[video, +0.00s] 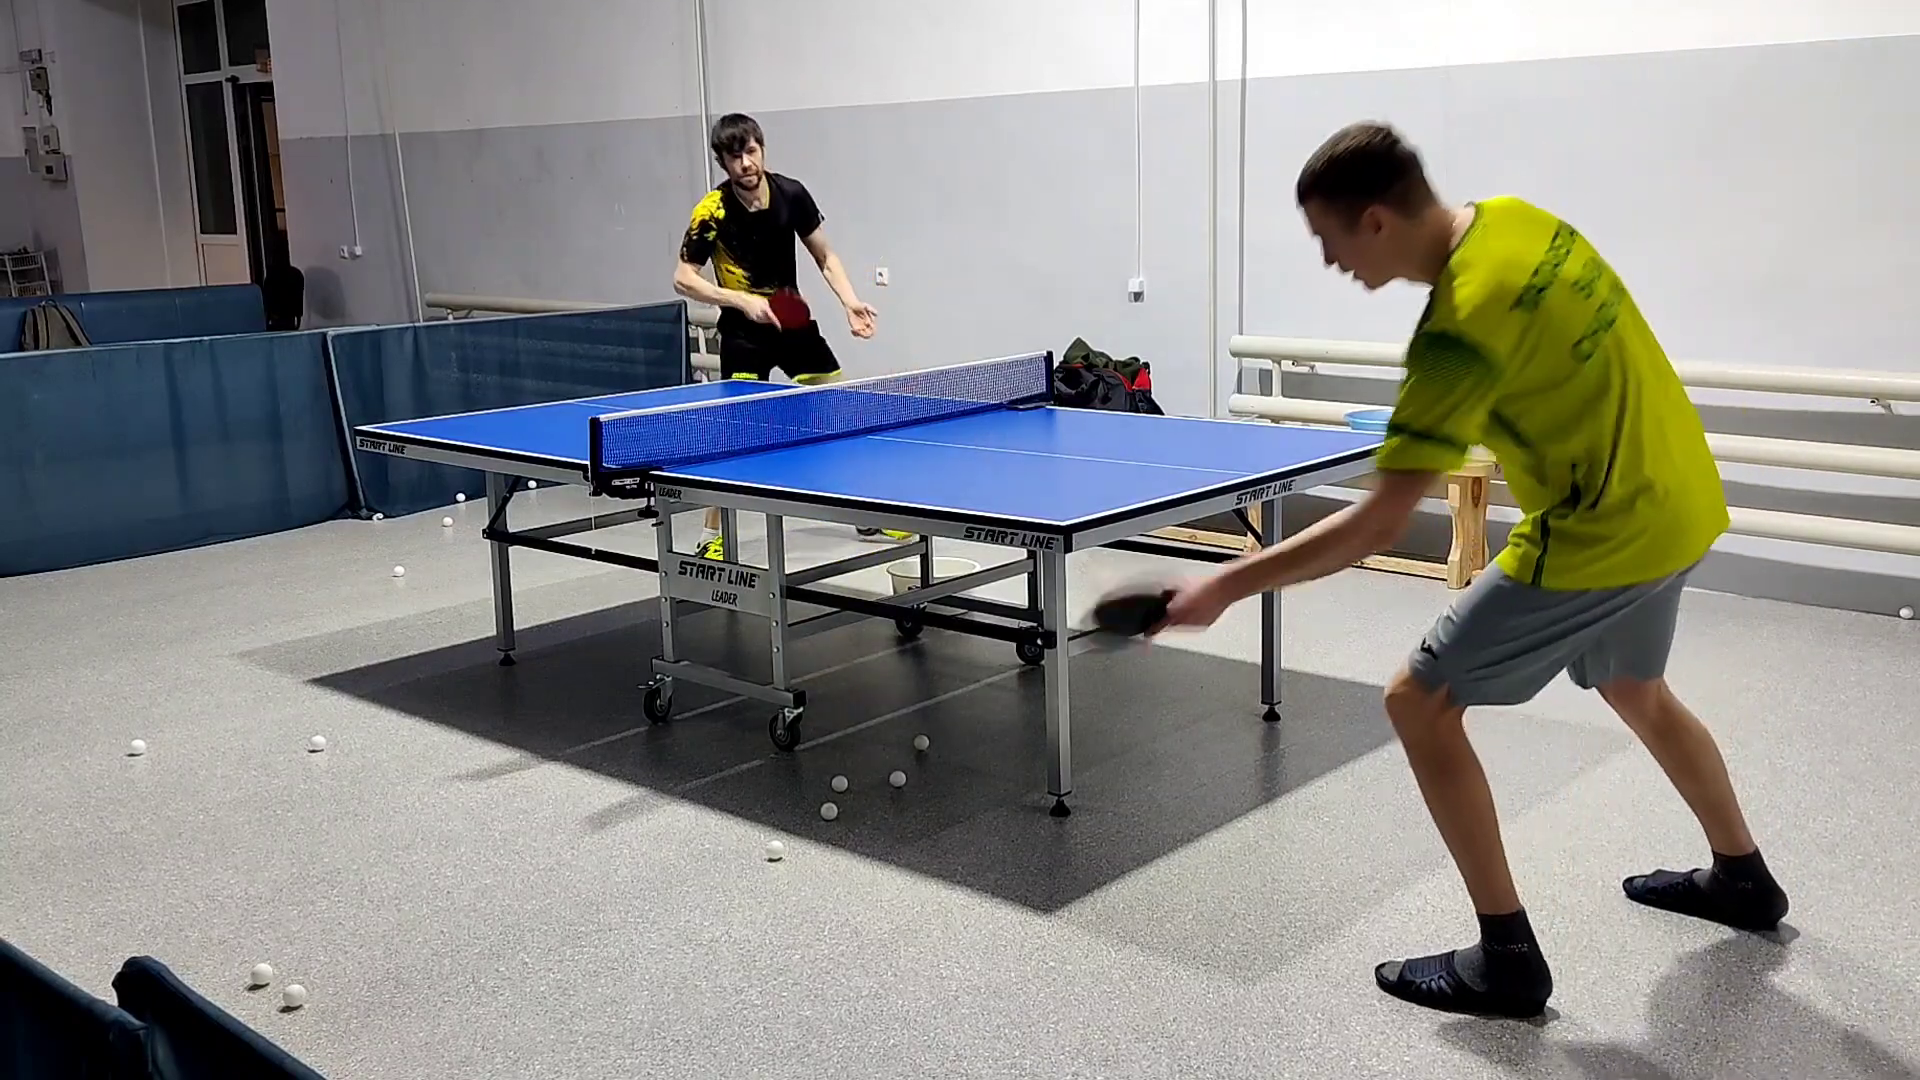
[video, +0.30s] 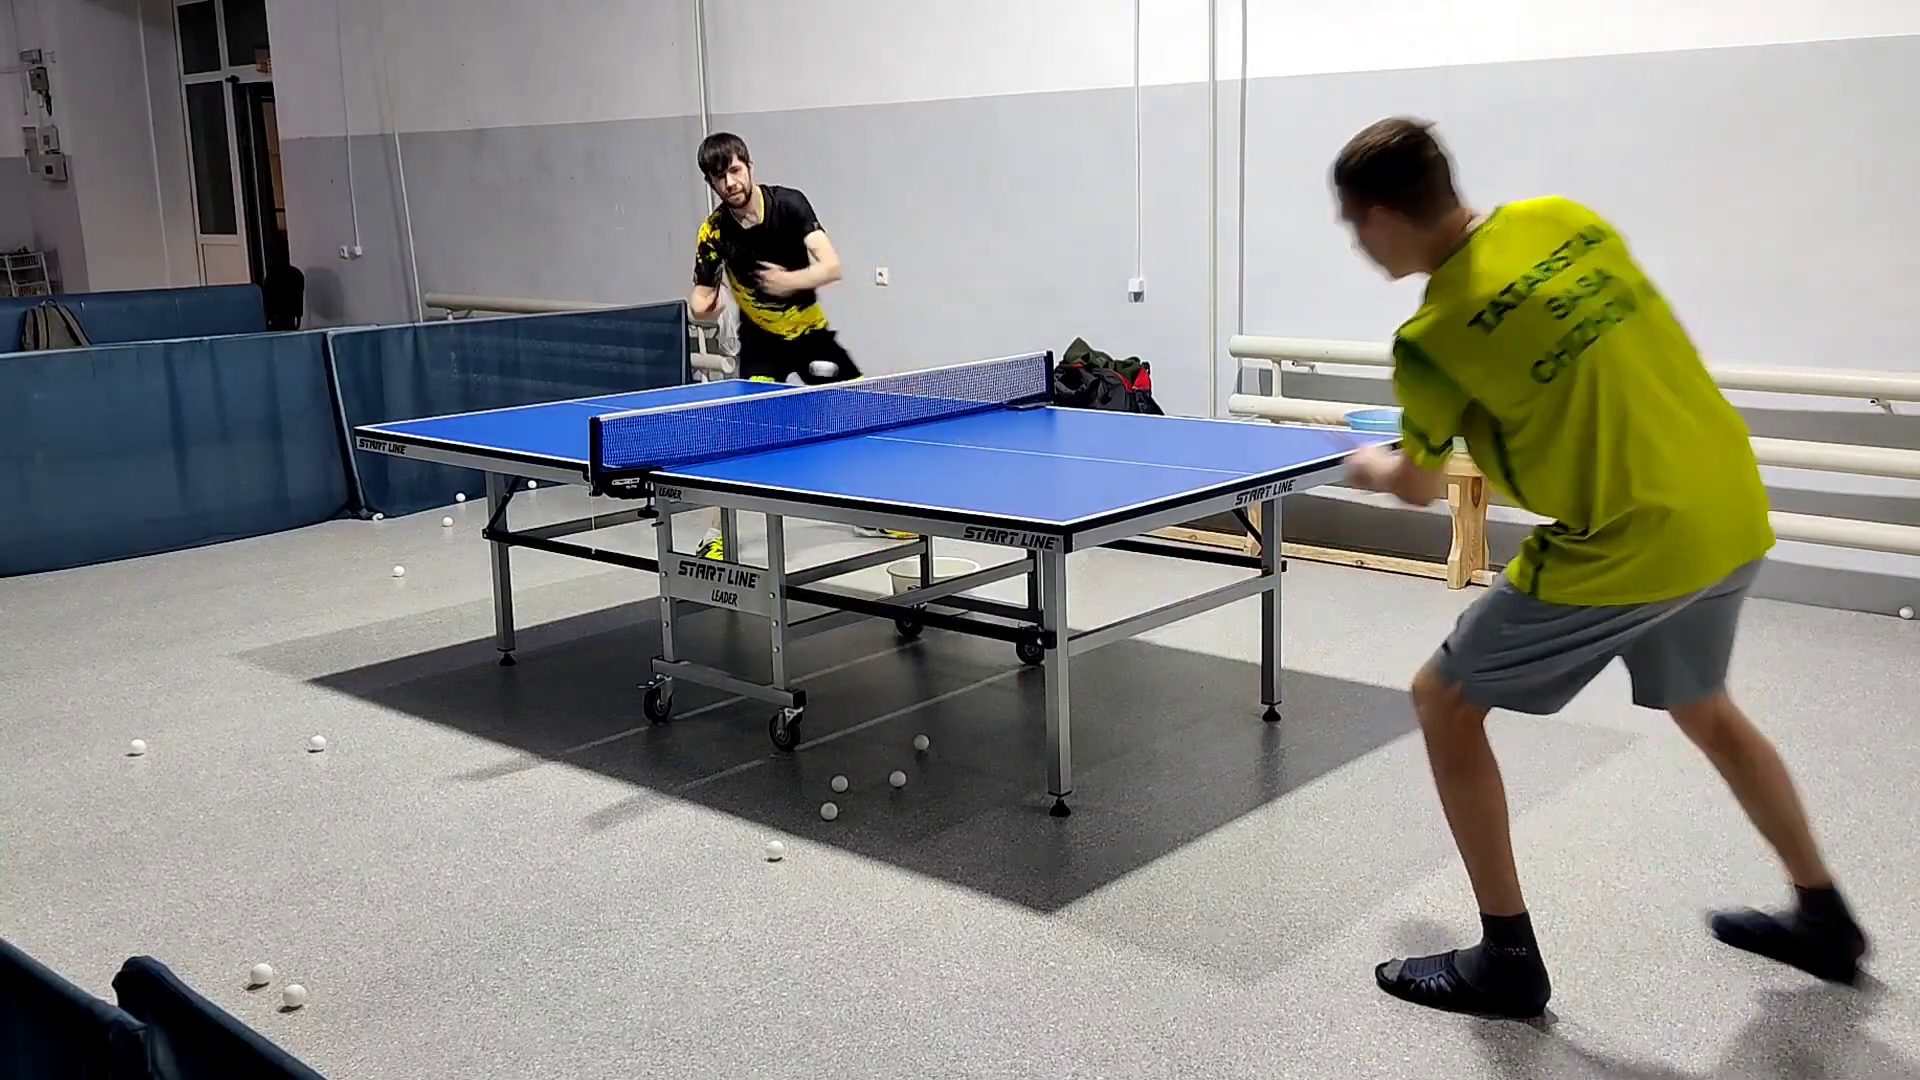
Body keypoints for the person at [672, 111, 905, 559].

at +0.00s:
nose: (745, 164)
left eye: (750, 153)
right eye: (734, 157)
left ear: (763, 150)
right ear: (722, 162)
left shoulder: (790, 194)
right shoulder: (712, 210)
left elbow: (824, 255)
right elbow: (685, 278)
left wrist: (850, 302)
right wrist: (740, 299)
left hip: (793, 322)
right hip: (742, 329)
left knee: (844, 408)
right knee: (732, 427)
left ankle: (870, 507)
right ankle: (714, 535)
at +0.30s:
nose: (731, 183)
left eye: (736, 171)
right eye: (720, 177)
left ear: (749, 167)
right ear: (711, 183)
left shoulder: (789, 204)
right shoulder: (714, 231)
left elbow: (831, 266)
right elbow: (702, 305)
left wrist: (793, 280)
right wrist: (710, 306)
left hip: (810, 333)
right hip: (759, 340)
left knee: (865, 411)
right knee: (739, 429)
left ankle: (887, 508)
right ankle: (718, 533)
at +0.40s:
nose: (719, 195)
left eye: (725, 182)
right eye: (710, 188)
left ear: (740, 177)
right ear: (702, 194)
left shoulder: (782, 206)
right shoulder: (715, 244)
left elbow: (810, 269)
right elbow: (715, 308)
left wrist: (743, 275)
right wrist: (707, 354)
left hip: (827, 322)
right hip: (776, 330)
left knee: (880, 396)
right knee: (763, 411)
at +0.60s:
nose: (716, 257)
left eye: (721, 245)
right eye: (707, 250)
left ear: (739, 238)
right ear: (701, 256)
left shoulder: (773, 261)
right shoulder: (737, 292)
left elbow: (774, 310)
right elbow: (753, 361)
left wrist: (707, 314)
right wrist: (737, 410)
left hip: (863, 361)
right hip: (811, 363)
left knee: (890, 455)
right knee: (751, 425)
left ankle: (901, 564)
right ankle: (757, 532)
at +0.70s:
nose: (725, 271)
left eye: (730, 259)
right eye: (718, 265)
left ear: (750, 253)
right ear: (716, 270)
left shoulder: (788, 275)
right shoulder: (753, 310)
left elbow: (820, 330)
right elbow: (775, 368)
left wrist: (749, 336)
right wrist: (759, 412)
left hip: (872, 372)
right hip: (821, 375)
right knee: (768, 430)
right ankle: (757, 532)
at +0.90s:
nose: (781, 242)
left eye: (786, 231)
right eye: (772, 237)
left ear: (802, 226)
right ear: (766, 242)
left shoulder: (845, 261)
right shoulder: (774, 280)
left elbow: (896, 316)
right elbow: (731, 304)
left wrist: (841, 299)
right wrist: (710, 248)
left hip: (869, 381)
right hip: (816, 382)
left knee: (890, 465)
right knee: (778, 443)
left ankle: (901, 561)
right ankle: (760, 530)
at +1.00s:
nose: (807, 226)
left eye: (813, 216)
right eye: (798, 221)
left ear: (828, 215)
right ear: (792, 228)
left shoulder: (861, 260)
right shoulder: (790, 262)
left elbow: (896, 326)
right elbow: (755, 224)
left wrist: (859, 294)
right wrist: (798, 169)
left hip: (862, 385)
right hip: (805, 386)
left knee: (887, 469)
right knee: (789, 463)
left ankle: (903, 559)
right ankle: (763, 536)